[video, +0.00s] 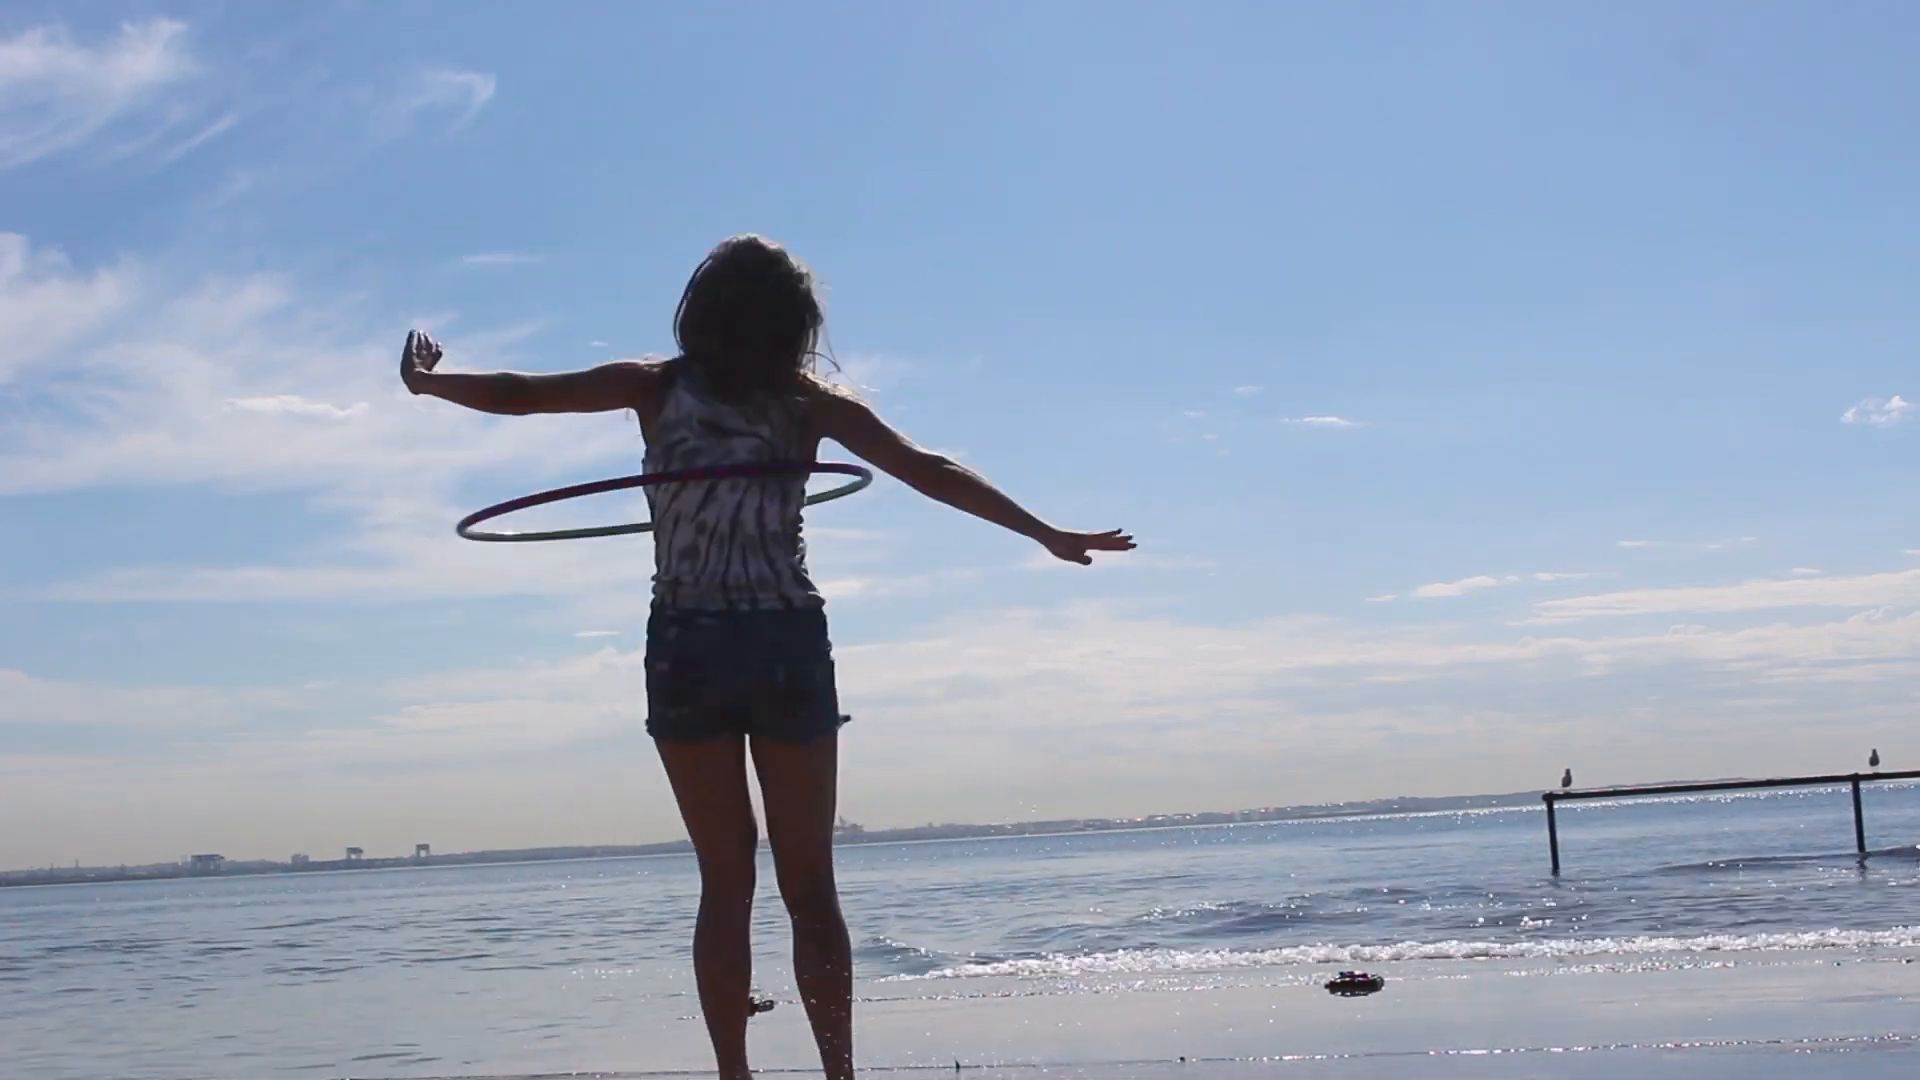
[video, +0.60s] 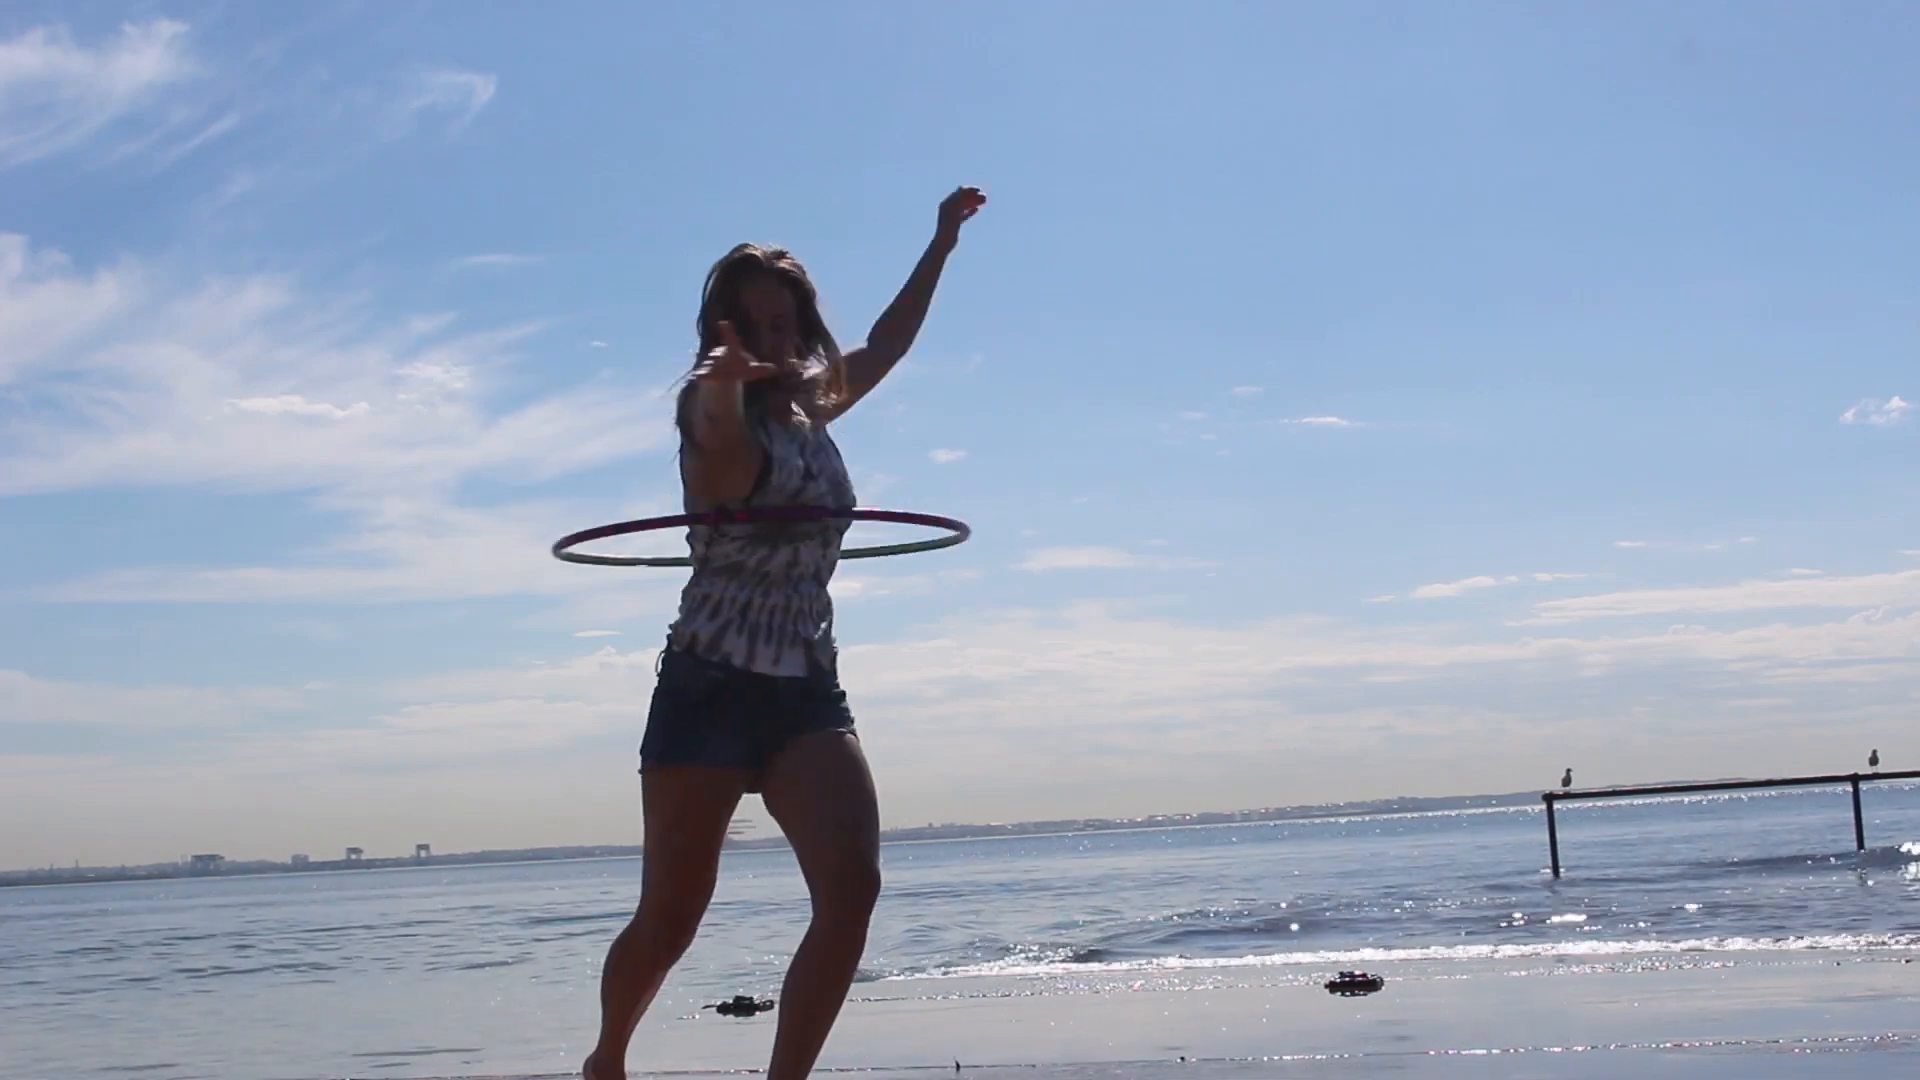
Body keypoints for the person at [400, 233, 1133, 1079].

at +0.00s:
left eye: (712, 296)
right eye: (794, 312)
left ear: (699, 314)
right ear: (792, 323)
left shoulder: (655, 388)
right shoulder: (811, 402)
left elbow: (523, 395)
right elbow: (927, 470)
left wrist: (428, 379)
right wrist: (1047, 532)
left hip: (684, 647)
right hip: (788, 644)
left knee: (725, 876)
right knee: (809, 881)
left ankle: (732, 1071)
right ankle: (840, 1068)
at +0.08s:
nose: (678, 309)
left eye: (688, 294)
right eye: (680, 294)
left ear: (728, 300)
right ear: (772, 304)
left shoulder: (696, 372)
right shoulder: (823, 389)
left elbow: (556, 367)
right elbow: (922, 455)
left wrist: (420, 351)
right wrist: (937, 497)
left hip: (715, 635)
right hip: (809, 637)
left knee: (739, 875)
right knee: (809, 877)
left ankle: (754, 1073)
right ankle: (841, 1071)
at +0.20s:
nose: (676, 301)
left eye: (693, 286)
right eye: (674, 287)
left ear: (741, 293)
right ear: (690, 298)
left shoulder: (745, 370)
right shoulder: (718, 378)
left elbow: (793, 386)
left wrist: (830, 372)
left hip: (772, 634)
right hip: (803, 632)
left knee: (742, 859)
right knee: (808, 867)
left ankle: (774, 1072)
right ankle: (855, 1069)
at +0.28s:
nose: (685, 292)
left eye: (705, 275)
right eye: (676, 278)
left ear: (750, 287)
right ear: (669, 295)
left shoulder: (786, 382)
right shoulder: (685, 385)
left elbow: (930, 405)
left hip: (804, 650)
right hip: (746, 662)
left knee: (765, 871)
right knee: (822, 880)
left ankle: (771, 1074)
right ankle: (902, 1066)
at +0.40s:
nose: (727, 292)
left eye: (742, 275)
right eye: (711, 280)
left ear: (778, 286)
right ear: (693, 297)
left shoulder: (830, 396)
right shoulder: (672, 390)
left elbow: (950, 420)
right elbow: (565, 363)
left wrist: (1044, 424)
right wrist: (487, 328)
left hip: (820, 658)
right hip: (717, 664)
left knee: (803, 885)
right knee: (743, 891)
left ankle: (781, 1075)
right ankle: (874, 1048)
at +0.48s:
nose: (748, 308)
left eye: (764, 289)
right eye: (730, 296)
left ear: (800, 301)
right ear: (711, 313)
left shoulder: (845, 403)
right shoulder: (691, 403)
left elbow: (938, 393)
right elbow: (532, 388)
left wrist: (1002, 373)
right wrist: (395, 364)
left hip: (814, 678)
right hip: (710, 675)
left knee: (835, 879)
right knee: (704, 910)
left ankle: (784, 1072)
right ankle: (752, 1046)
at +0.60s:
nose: (789, 331)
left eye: (796, 314)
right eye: (771, 316)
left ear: (803, 320)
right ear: (729, 325)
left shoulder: (809, 394)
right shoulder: (712, 397)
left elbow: (887, 343)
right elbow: (716, 437)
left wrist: (943, 239)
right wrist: (725, 381)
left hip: (804, 691)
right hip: (707, 685)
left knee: (851, 890)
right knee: (670, 916)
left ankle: (785, 1075)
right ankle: (606, 1062)